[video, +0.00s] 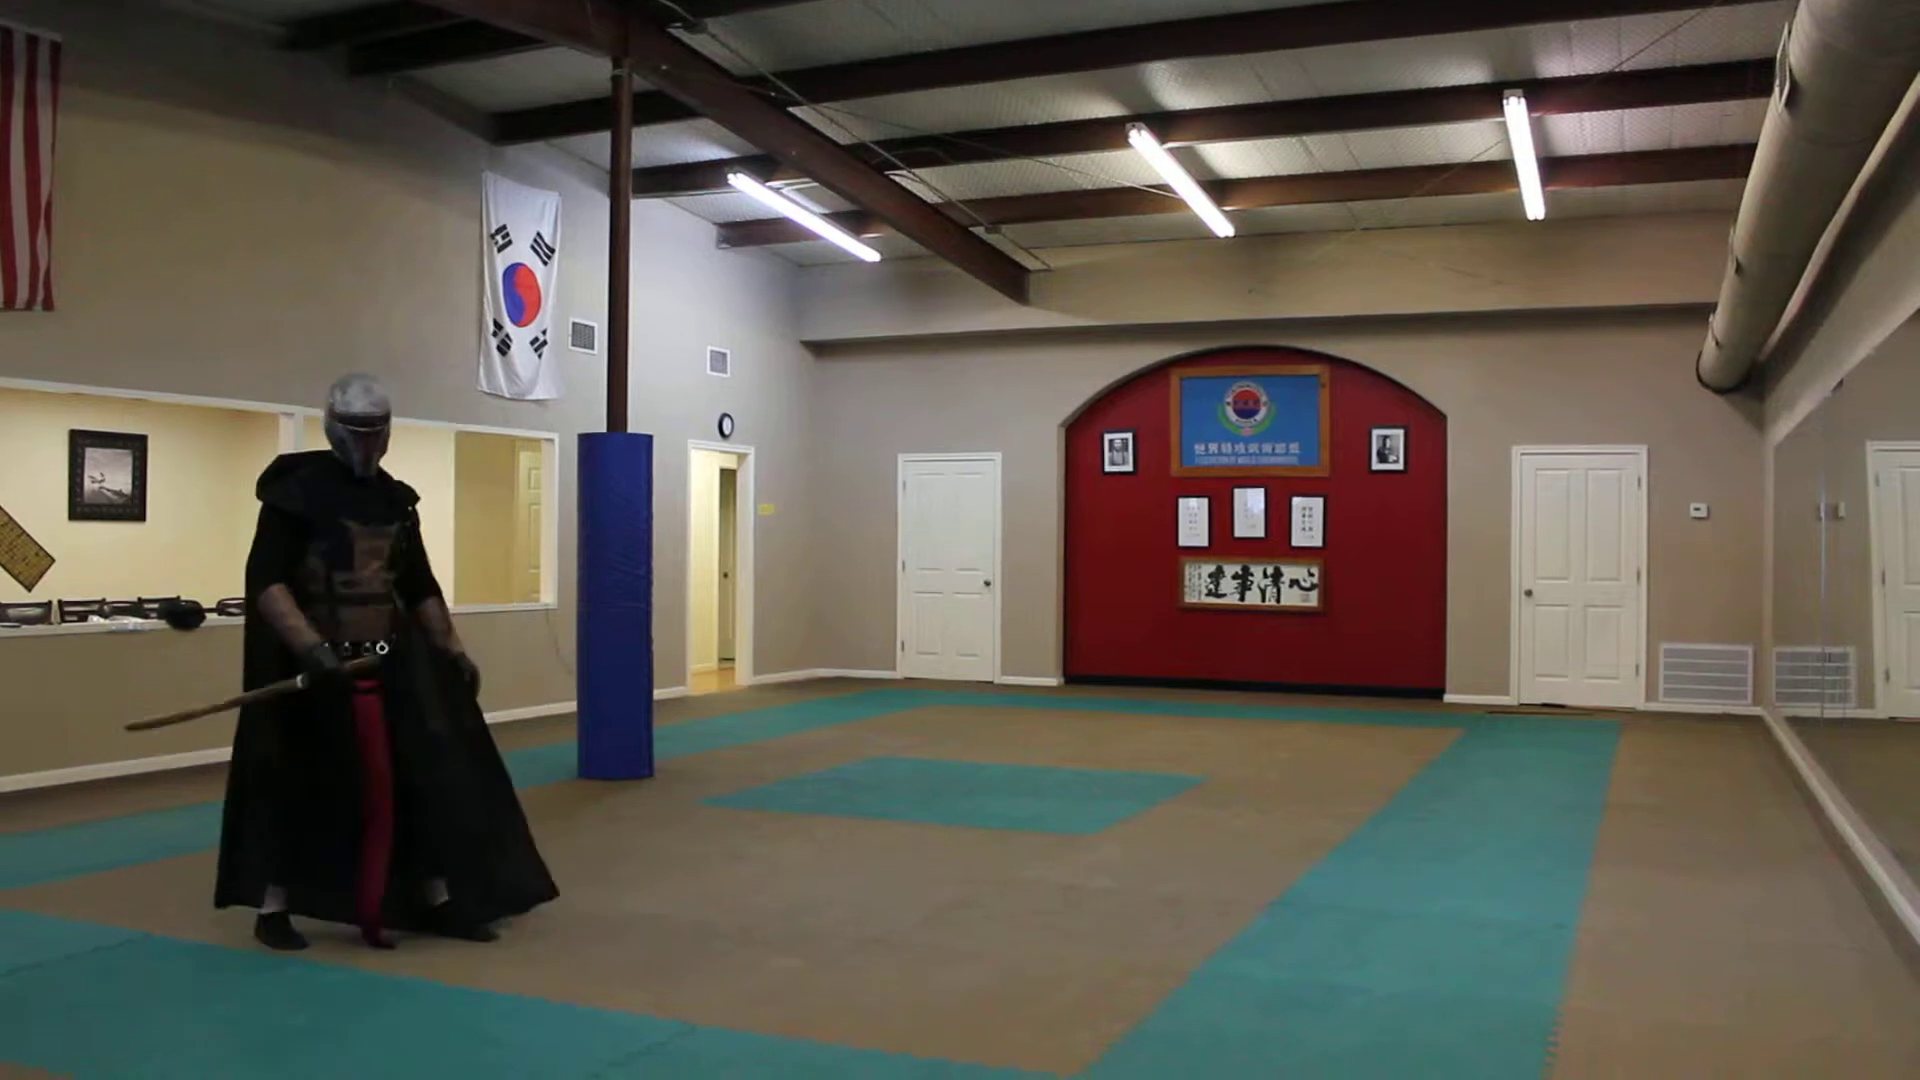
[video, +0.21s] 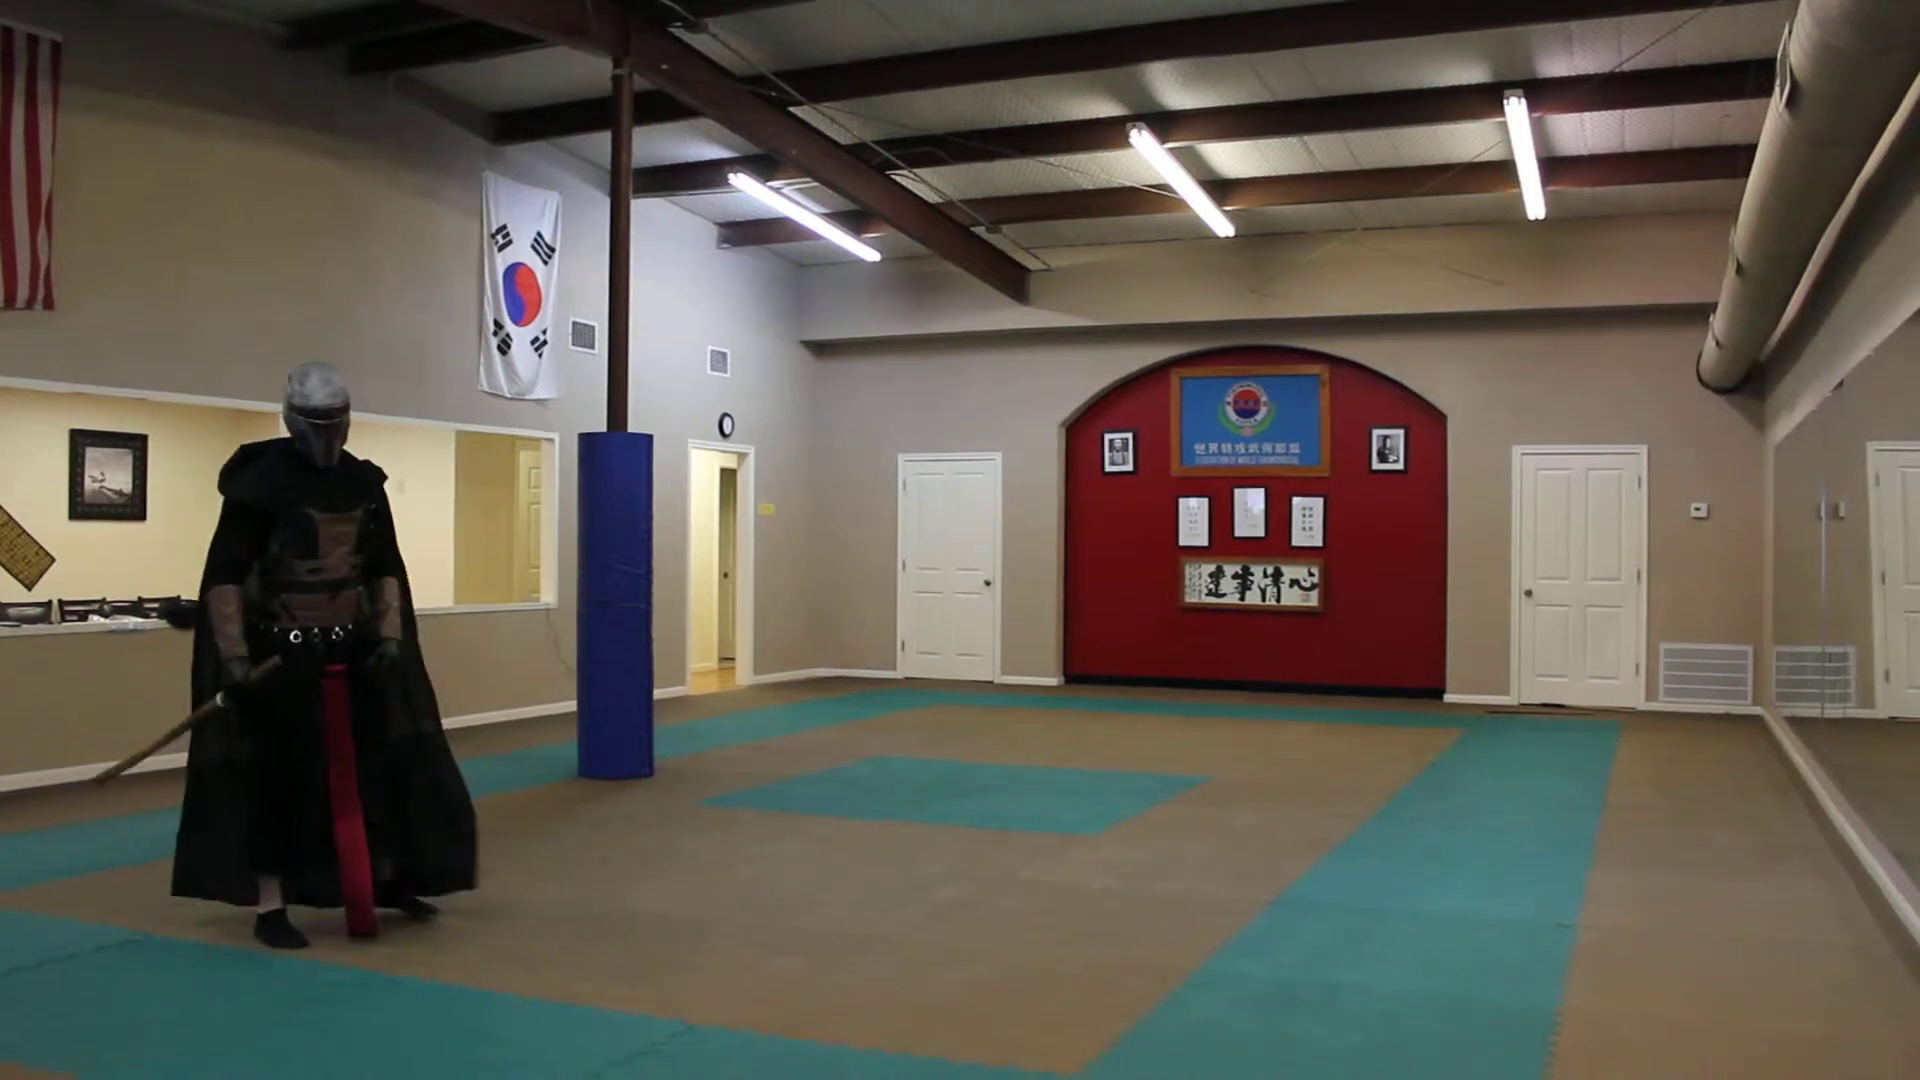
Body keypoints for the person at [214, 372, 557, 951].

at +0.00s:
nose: (366, 441)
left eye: (377, 429)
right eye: (354, 428)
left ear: (390, 430)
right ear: (330, 427)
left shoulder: (395, 500)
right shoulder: (297, 486)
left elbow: (419, 585)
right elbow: (264, 578)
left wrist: (453, 649)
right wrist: (310, 647)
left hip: (390, 665)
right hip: (311, 665)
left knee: (423, 775)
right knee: (293, 782)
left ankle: (434, 898)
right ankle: (273, 908)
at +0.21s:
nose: (330, 432)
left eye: (338, 420)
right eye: (317, 421)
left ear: (349, 416)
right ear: (291, 418)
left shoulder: (363, 482)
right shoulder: (259, 479)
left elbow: (386, 567)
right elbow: (222, 576)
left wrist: (391, 638)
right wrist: (235, 658)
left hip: (354, 654)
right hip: (280, 656)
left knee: (383, 765)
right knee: (274, 779)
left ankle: (388, 881)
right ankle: (272, 905)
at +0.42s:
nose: (304, 426)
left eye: (313, 414)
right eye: (291, 416)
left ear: (326, 412)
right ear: (267, 416)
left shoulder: (349, 480)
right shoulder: (238, 474)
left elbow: (372, 564)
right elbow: (201, 563)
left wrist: (378, 639)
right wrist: (208, 643)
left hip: (332, 652)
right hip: (257, 651)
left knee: (327, 765)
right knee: (261, 769)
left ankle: (314, 880)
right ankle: (266, 897)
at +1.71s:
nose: (235, 431)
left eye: (244, 419)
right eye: (223, 420)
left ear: (257, 419)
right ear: (200, 420)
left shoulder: (270, 488)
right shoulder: (170, 473)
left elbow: (287, 565)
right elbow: (150, 564)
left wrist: (307, 626)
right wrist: (191, 634)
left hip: (253, 645)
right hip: (181, 644)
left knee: (260, 754)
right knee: (184, 758)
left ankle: (263, 871)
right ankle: (187, 885)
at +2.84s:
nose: (234, 431)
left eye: (243, 419)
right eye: (222, 420)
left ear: (257, 420)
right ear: (199, 420)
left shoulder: (268, 489)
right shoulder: (171, 477)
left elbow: (287, 570)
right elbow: (155, 568)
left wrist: (306, 637)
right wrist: (195, 636)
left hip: (255, 652)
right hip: (188, 650)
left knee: (261, 759)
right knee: (192, 764)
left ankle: (263, 870)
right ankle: (188, 884)